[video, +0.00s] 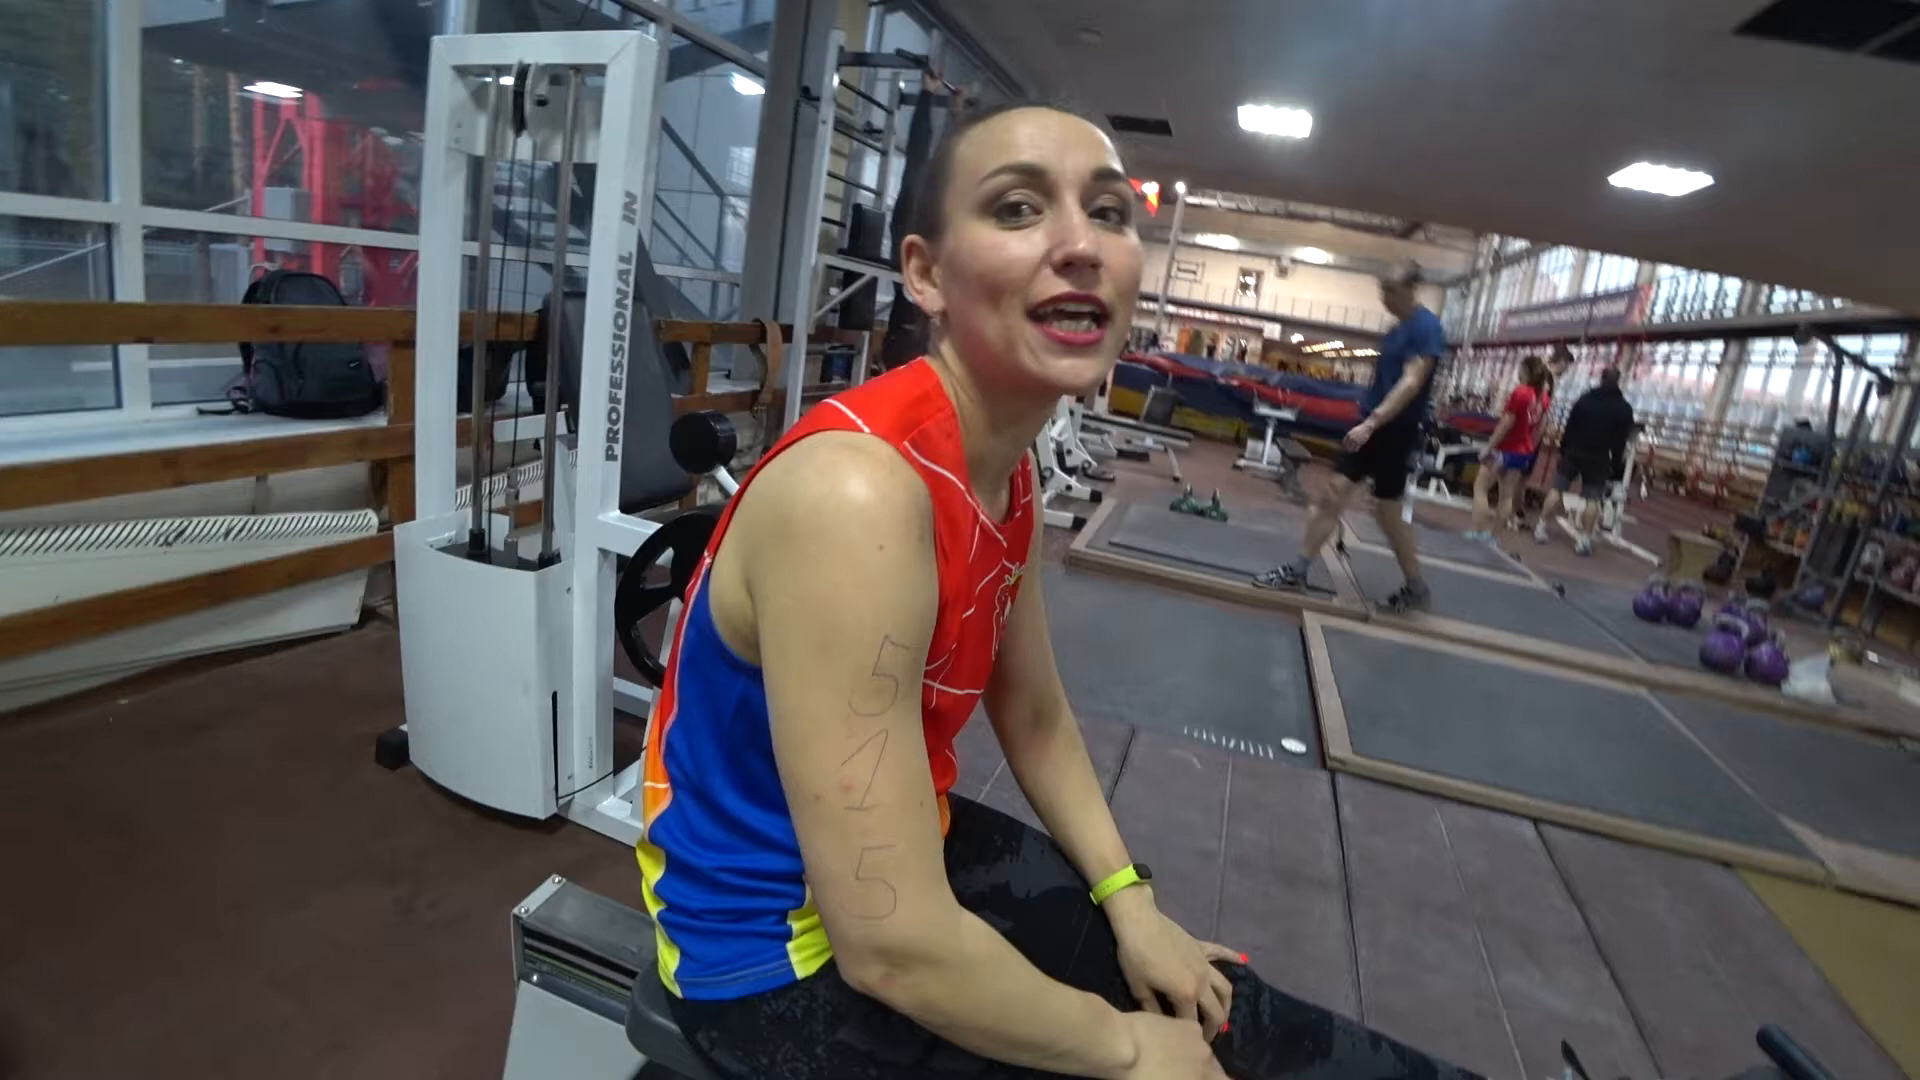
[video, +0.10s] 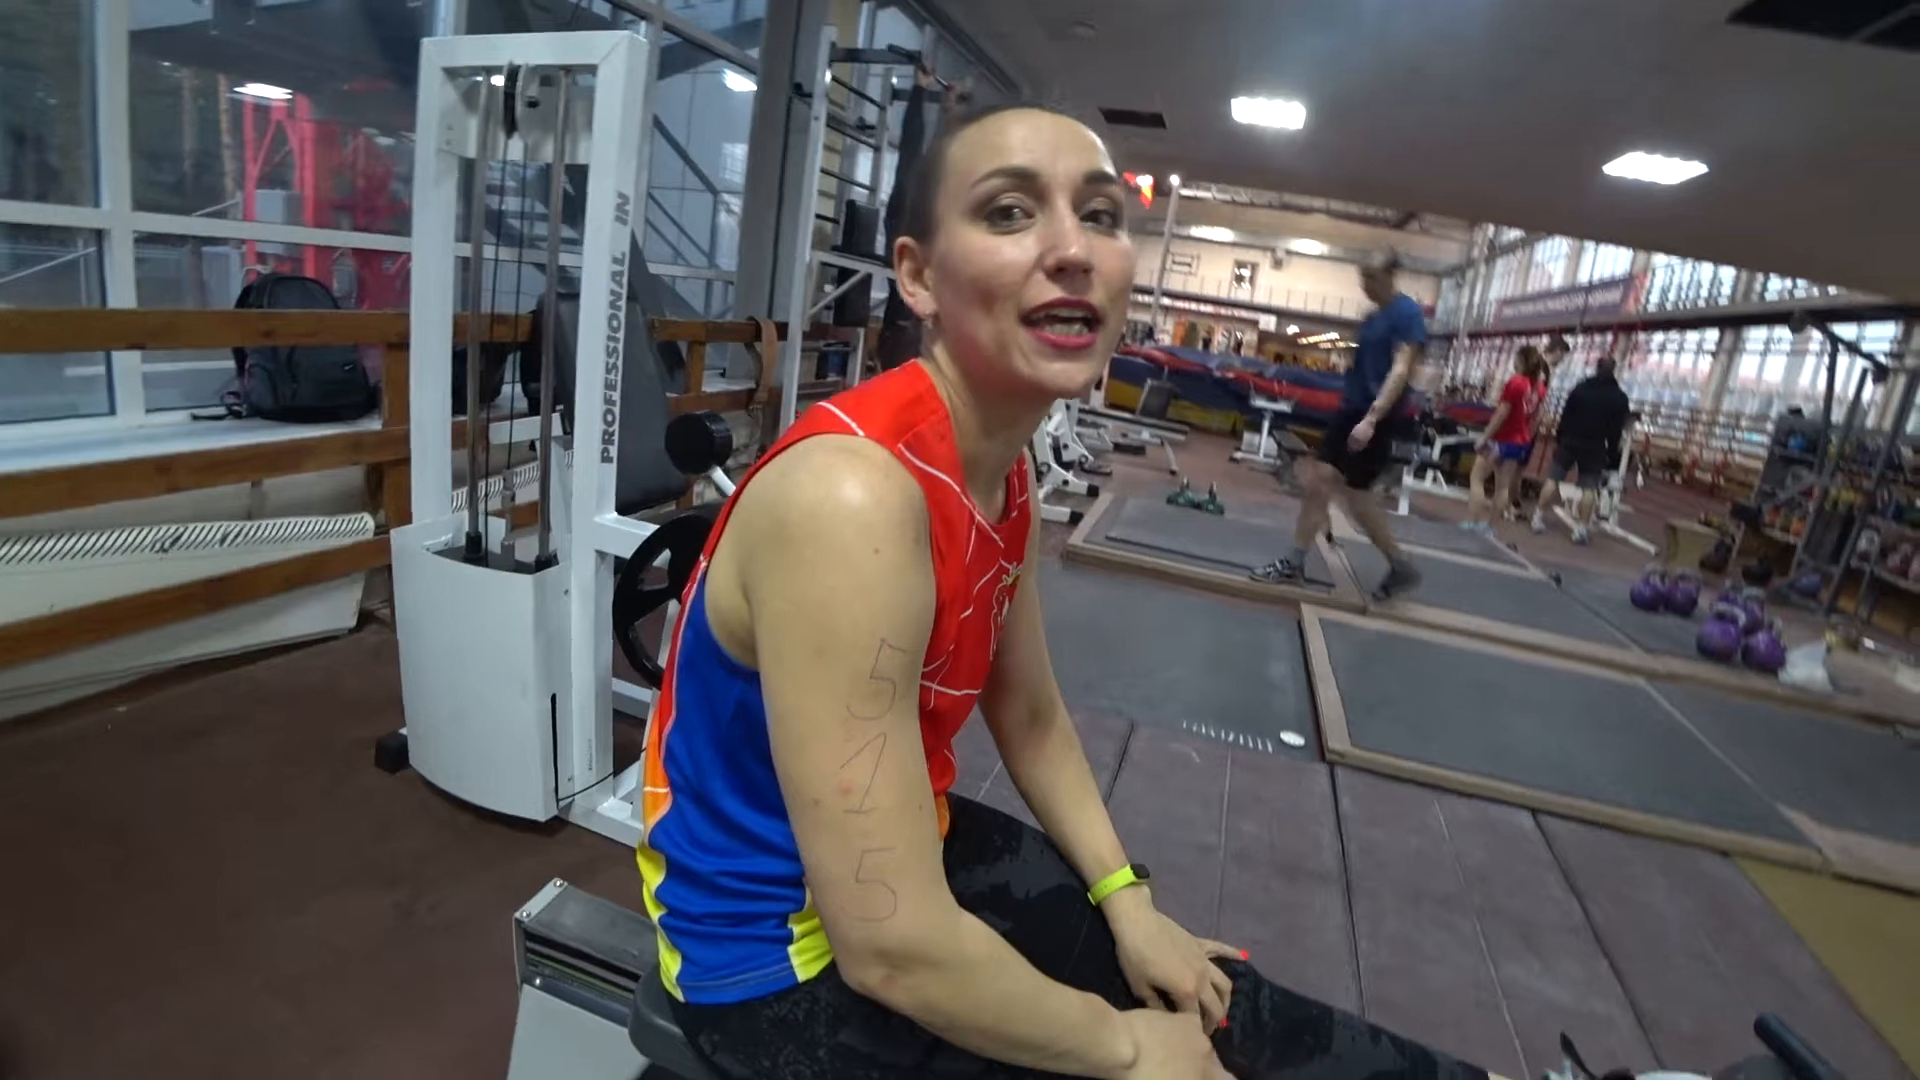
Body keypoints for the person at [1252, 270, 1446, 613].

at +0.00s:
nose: (1384, 297)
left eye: (1390, 291)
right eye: (1383, 290)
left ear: (1409, 290)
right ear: (1395, 291)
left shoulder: (1425, 326)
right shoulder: (1400, 328)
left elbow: (1412, 382)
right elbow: (1389, 381)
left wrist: (1370, 424)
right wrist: (1367, 417)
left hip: (1396, 431)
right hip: (1375, 425)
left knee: (1388, 511)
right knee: (1333, 494)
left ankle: (1416, 586)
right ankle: (1298, 570)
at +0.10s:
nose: (1366, 285)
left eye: (1372, 278)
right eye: (1365, 278)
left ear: (1389, 276)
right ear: (1368, 279)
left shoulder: (1406, 312)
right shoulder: (1377, 315)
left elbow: (1400, 370)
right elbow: (1369, 367)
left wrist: (1371, 419)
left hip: (1375, 415)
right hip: (1356, 412)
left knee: (1323, 478)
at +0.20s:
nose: (1336, 269)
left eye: (1342, 261)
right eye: (1334, 262)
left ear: (1361, 260)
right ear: (1336, 262)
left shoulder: (1381, 296)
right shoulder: (1339, 305)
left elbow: (1391, 354)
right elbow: (1330, 363)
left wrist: (1375, 408)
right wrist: (1305, 405)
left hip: (1353, 401)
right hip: (1325, 397)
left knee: (1309, 475)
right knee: (1301, 472)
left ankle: (1359, 541)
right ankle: (1288, 551)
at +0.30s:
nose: (1315, 257)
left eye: (1322, 250)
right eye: (1312, 250)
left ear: (1339, 249)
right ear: (1308, 250)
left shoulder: (1357, 287)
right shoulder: (1310, 294)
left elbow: (1379, 342)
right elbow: (1302, 348)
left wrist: (1374, 399)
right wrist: (1285, 385)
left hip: (1330, 390)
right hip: (1300, 388)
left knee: (1285, 466)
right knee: (1283, 467)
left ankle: (1312, 546)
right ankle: (1286, 545)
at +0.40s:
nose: (1291, 252)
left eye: (1298, 246)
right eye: (1287, 245)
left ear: (1316, 245)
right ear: (1284, 245)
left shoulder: (1334, 285)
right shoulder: (1282, 289)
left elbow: (1358, 339)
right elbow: (1270, 343)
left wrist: (1361, 394)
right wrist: (1246, 380)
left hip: (1302, 389)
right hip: (1272, 386)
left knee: (1258, 466)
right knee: (1273, 469)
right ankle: (1278, 544)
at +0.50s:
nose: (1270, 253)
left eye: (1276, 246)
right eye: (1265, 246)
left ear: (1291, 245)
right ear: (1258, 245)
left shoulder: (1307, 287)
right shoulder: (1255, 289)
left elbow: (1327, 342)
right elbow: (1236, 345)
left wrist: (1335, 399)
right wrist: (1210, 384)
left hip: (1276, 391)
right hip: (1246, 388)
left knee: (1234, 469)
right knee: (1258, 468)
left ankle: (1204, 555)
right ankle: (1271, 541)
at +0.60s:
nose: (1244, 255)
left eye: (1251, 247)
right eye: (1239, 247)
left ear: (1267, 246)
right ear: (1233, 247)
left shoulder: (1281, 290)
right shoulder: (1229, 292)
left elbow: (1296, 348)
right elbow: (1210, 349)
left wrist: (1301, 402)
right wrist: (1180, 388)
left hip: (1248, 394)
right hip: (1218, 391)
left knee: (1212, 475)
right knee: (1227, 471)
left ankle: (1175, 566)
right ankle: (1262, 532)